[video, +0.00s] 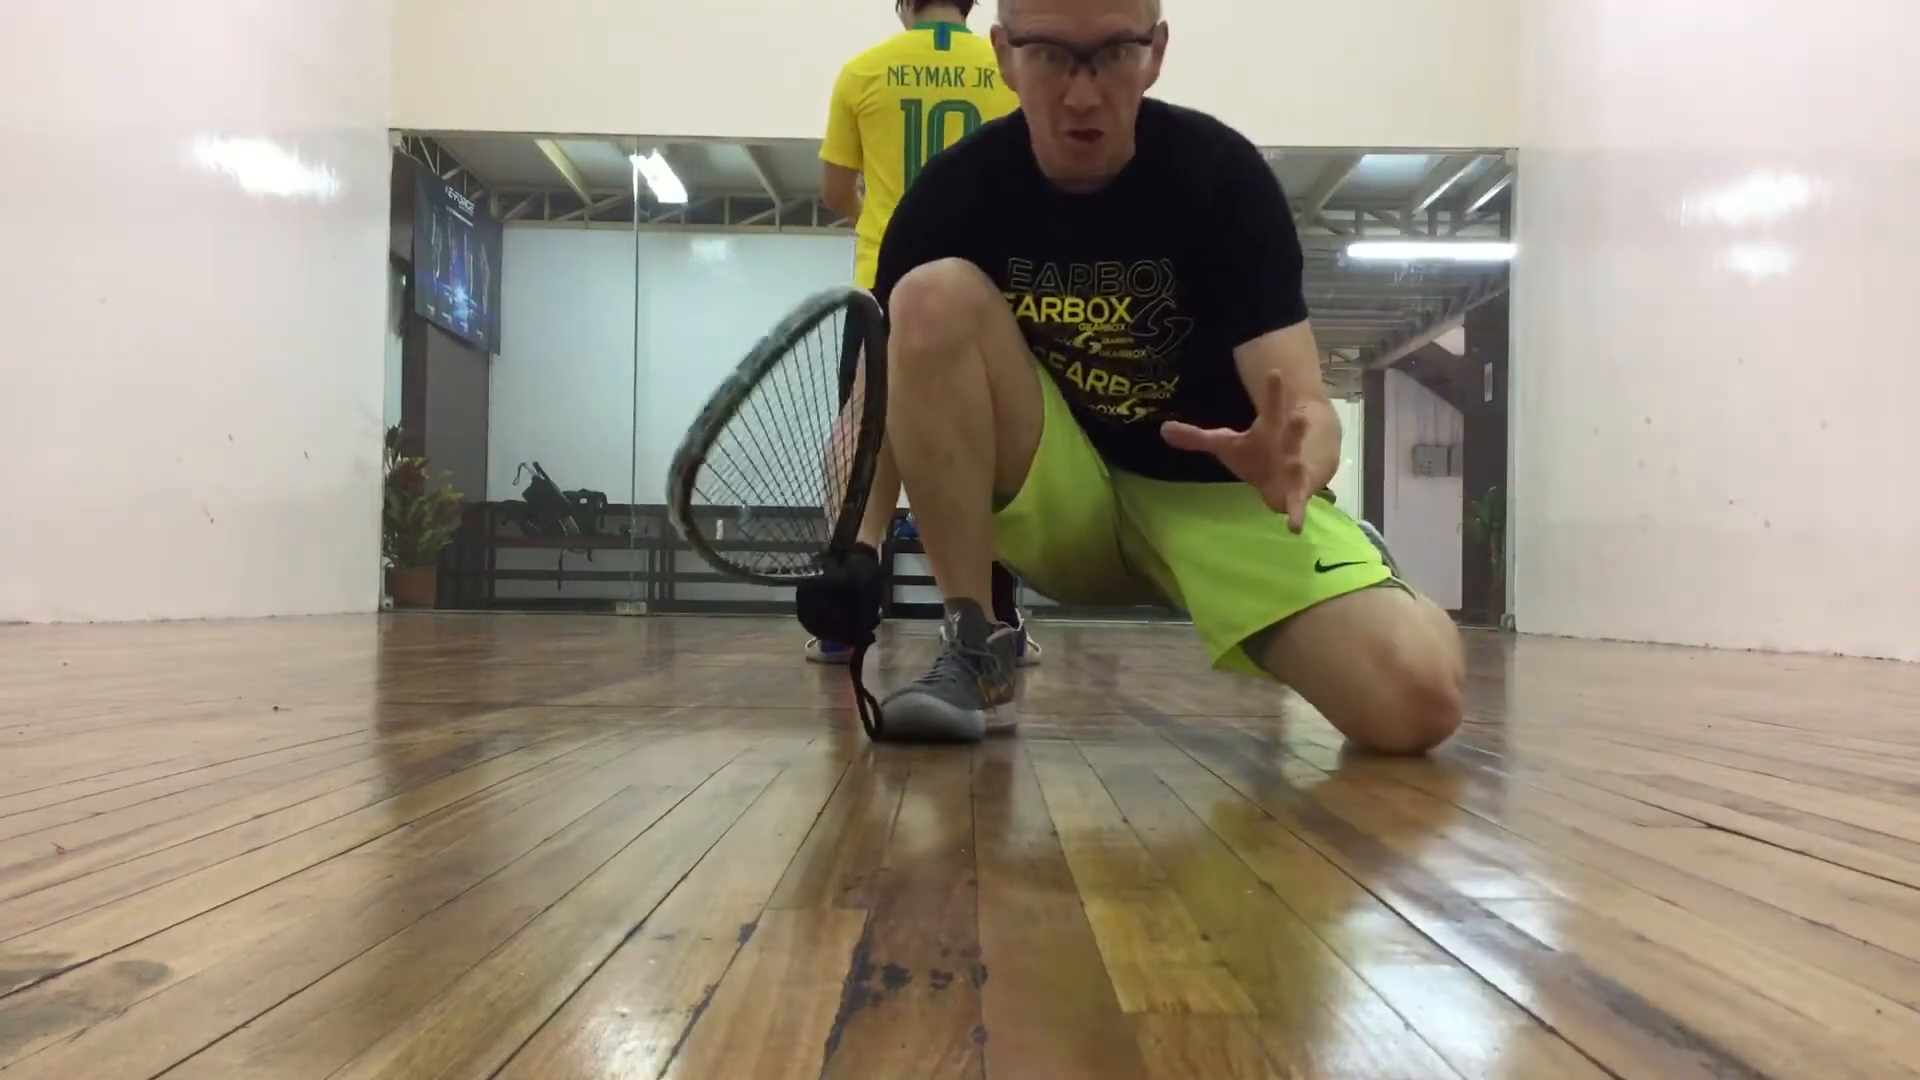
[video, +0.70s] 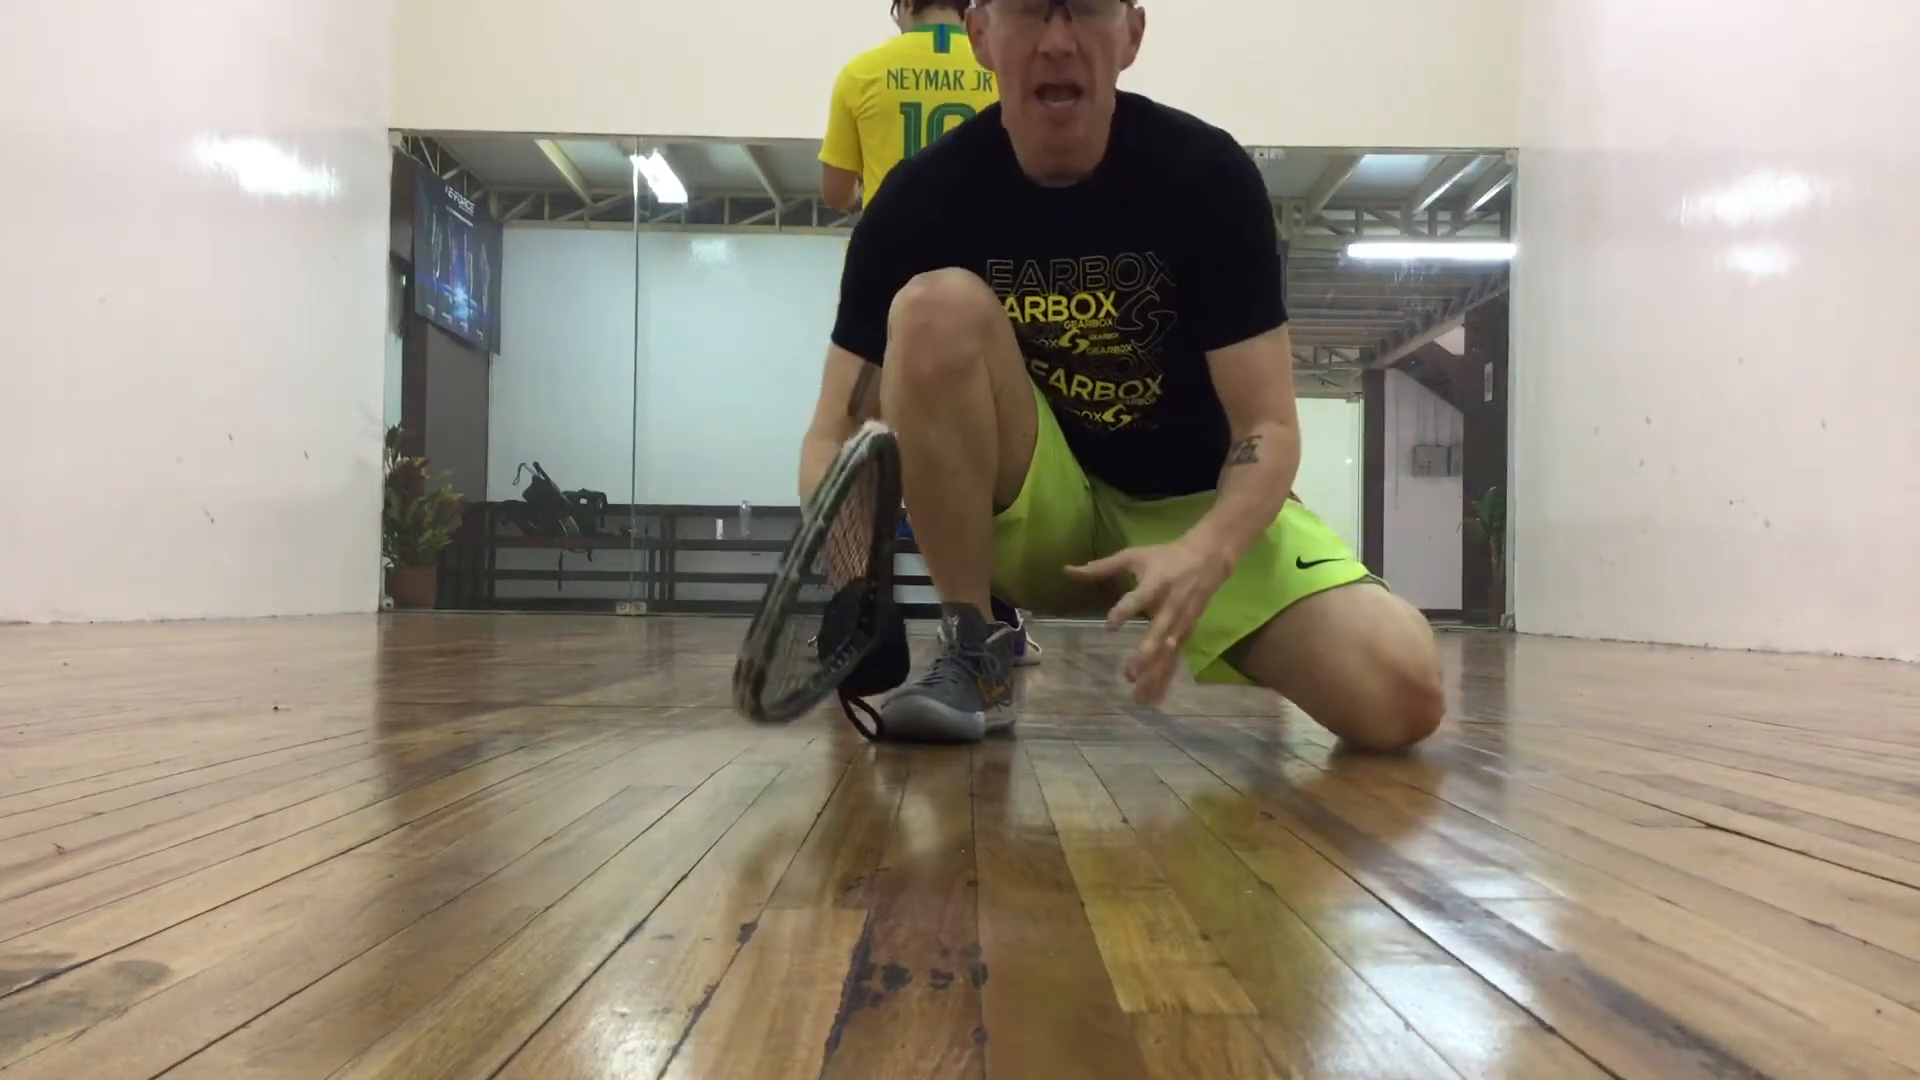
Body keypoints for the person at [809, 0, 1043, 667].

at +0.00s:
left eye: (898, 10)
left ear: (903, 7)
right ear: (971, 9)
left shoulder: (862, 72)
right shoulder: (1008, 61)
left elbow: (838, 194)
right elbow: (1032, 169)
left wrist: (884, 208)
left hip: (887, 284)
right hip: (986, 285)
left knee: (862, 427)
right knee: (987, 436)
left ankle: (840, 611)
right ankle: (997, 615)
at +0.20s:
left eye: (897, 11)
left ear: (902, 8)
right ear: (970, 10)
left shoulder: (863, 71)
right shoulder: (1008, 60)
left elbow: (837, 195)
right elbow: (1032, 168)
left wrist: (887, 180)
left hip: (887, 283)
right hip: (989, 284)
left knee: (861, 429)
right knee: (989, 438)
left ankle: (840, 609)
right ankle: (999, 614)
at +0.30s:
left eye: (896, 11)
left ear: (901, 8)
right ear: (969, 9)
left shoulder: (863, 72)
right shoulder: (1006, 59)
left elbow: (838, 194)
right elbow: (1032, 170)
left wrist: (890, 175)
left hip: (887, 288)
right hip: (989, 287)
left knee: (860, 429)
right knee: (988, 439)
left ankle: (843, 605)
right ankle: (998, 613)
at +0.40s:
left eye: (896, 10)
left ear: (900, 8)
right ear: (969, 10)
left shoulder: (864, 72)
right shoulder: (1006, 58)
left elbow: (837, 194)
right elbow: (1034, 167)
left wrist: (886, 171)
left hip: (889, 282)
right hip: (990, 284)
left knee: (859, 421)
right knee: (987, 434)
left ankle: (849, 583)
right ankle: (995, 609)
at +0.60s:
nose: (1063, 60)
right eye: (1038, 30)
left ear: (899, 8)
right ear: (968, 12)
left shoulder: (862, 72)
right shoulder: (1001, 59)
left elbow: (836, 193)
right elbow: (1024, 172)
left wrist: (886, 160)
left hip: (886, 291)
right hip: (991, 286)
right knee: (986, 446)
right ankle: (997, 619)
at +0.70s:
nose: (1056, 43)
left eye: (1082, 13)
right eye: (1027, 14)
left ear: (899, 9)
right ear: (973, 18)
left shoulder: (862, 73)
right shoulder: (998, 60)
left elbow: (836, 193)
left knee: (866, 423)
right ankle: (990, 623)